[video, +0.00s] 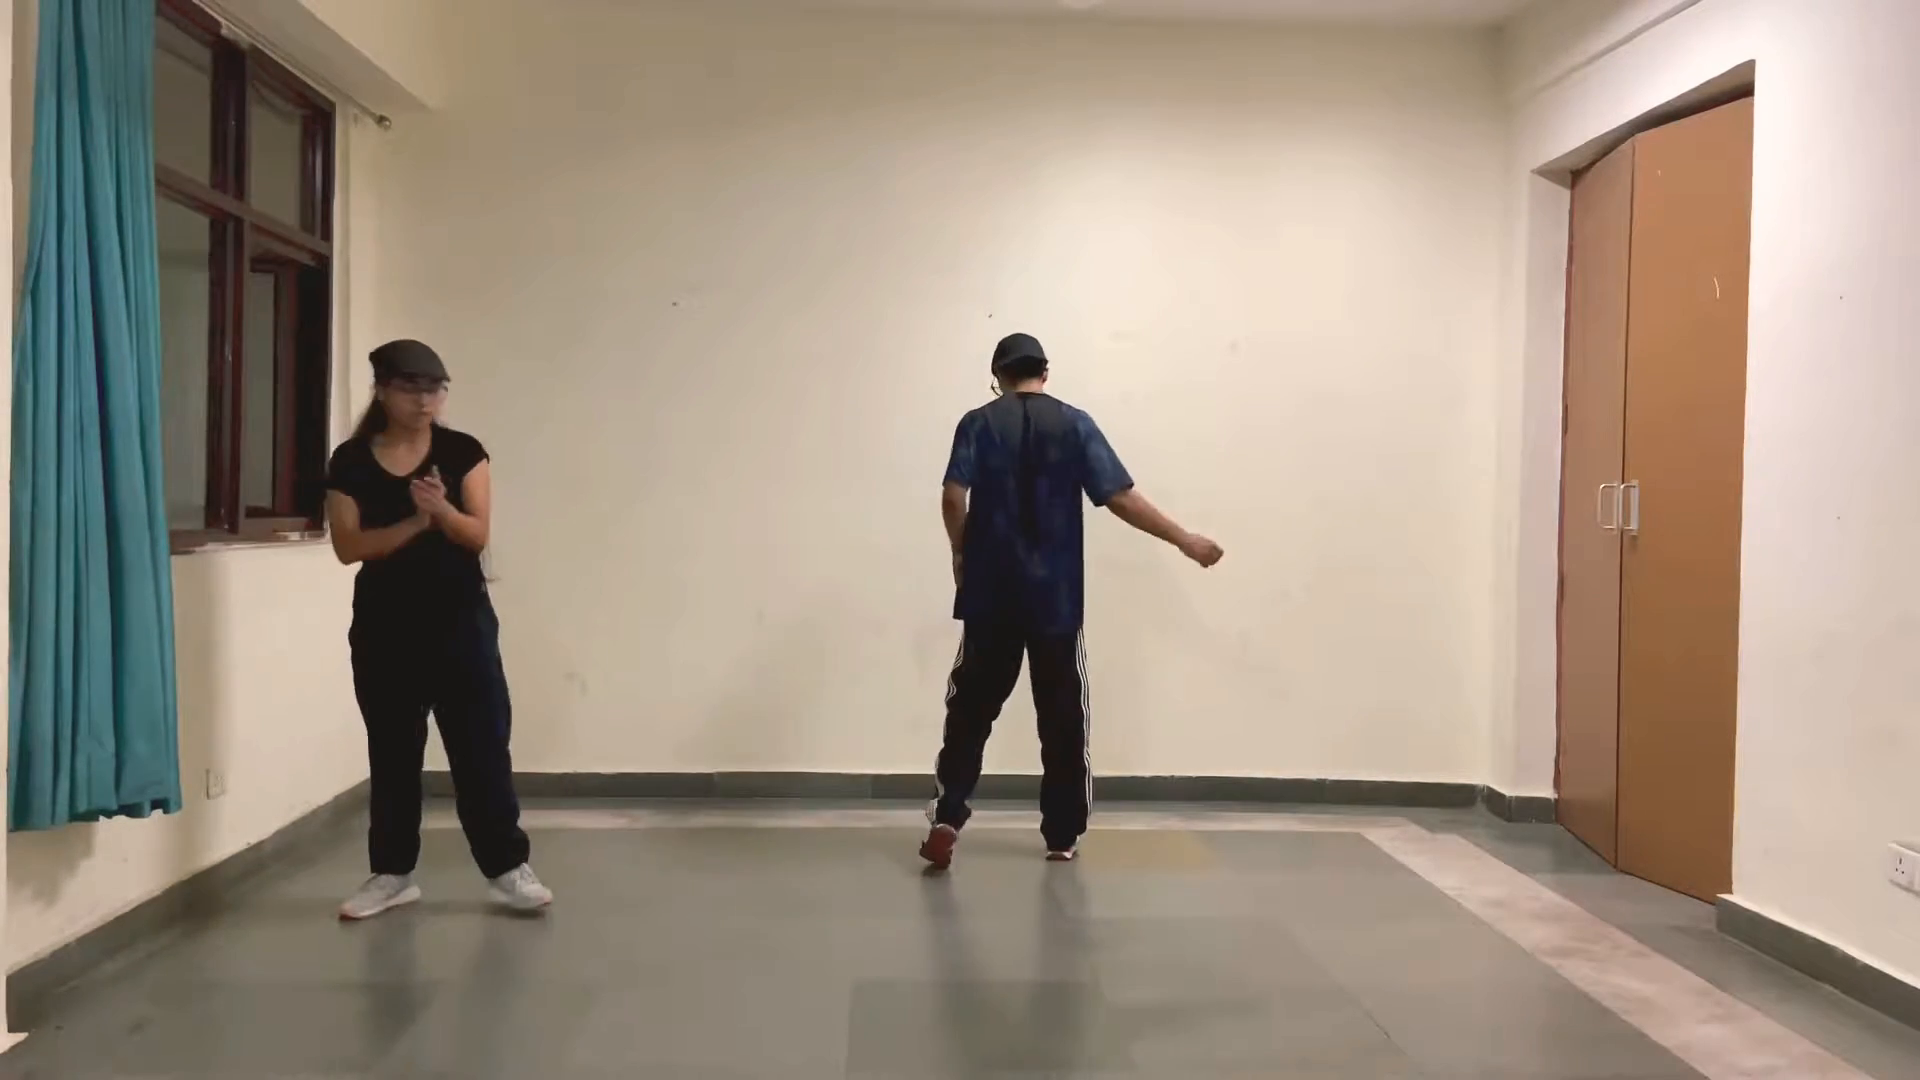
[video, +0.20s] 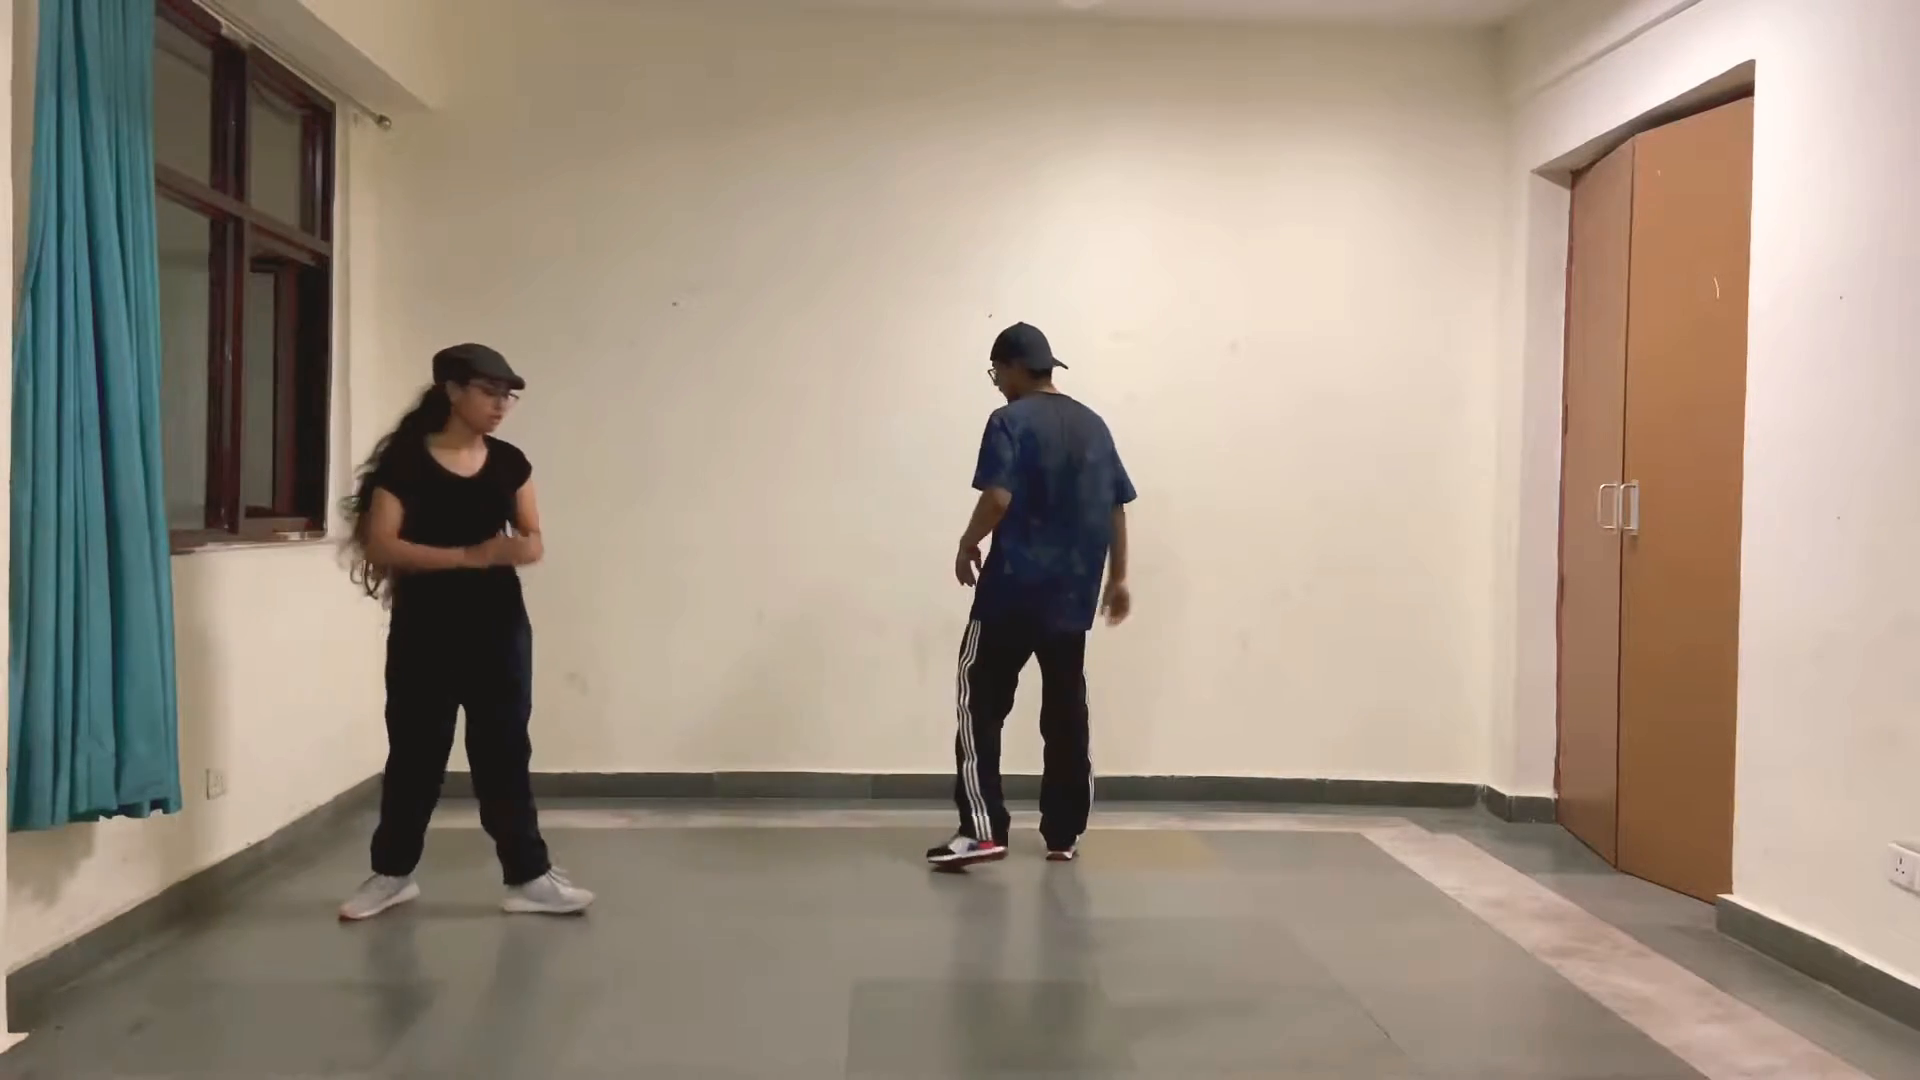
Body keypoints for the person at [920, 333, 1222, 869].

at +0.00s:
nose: (1027, 382)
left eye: (1008, 374)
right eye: (1040, 374)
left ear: (998, 377)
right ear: (1046, 375)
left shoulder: (977, 423)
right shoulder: (1075, 424)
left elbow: (953, 495)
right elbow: (1120, 497)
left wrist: (961, 558)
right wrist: (1185, 538)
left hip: (990, 597)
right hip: (1055, 598)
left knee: (971, 707)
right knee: (1062, 717)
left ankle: (947, 815)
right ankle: (1061, 836)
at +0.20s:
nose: (997, 382)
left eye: (998, 371)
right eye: (996, 372)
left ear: (1013, 368)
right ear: (1047, 367)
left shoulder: (1010, 421)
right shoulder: (1093, 424)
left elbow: (997, 498)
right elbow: (1117, 507)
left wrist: (968, 542)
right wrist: (1118, 577)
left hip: (1012, 592)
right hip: (1072, 597)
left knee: (979, 705)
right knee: (1066, 712)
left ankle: (983, 832)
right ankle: (1064, 834)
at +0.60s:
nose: (998, 369)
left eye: (1007, 360)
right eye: (999, 359)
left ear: (1039, 363)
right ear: (1031, 364)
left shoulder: (1057, 424)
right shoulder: (1034, 420)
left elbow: (1090, 507)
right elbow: (1002, 480)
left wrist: (1054, 567)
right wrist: (940, 495)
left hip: (1030, 596)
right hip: (1027, 595)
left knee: (1018, 713)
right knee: (1048, 709)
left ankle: (1009, 836)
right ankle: (1074, 828)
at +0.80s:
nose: (1001, 372)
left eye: (1012, 364)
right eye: (1001, 362)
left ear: (1044, 367)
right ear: (1015, 366)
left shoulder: (1072, 434)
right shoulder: (1011, 422)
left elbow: (1103, 511)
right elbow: (969, 462)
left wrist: (1085, 556)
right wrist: (901, 454)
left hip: (1035, 592)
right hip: (994, 587)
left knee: (1020, 707)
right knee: (998, 694)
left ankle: (1013, 837)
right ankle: (1069, 792)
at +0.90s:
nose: (1010, 369)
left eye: (1020, 361)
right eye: (1009, 360)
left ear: (1053, 367)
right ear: (1014, 363)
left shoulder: (1078, 438)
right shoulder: (1006, 416)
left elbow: (1101, 517)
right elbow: (959, 458)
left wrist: (1087, 557)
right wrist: (888, 465)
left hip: (1032, 594)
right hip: (982, 587)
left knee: (1022, 707)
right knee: (982, 697)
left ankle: (1012, 838)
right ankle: (1034, 795)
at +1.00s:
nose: (1022, 368)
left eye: (1035, 360)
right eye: (1019, 358)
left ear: (1064, 368)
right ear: (1016, 362)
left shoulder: (1080, 440)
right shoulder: (997, 417)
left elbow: (1093, 519)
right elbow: (949, 468)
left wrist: (1087, 569)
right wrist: (883, 500)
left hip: (1032, 600)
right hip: (976, 590)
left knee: (1028, 719)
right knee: (974, 709)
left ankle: (1016, 838)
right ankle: (969, 812)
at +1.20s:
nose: (1028, 365)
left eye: (1041, 358)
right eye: (1025, 355)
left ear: (1067, 369)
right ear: (1017, 360)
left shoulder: (1081, 441)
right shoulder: (990, 420)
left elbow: (1082, 531)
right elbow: (966, 504)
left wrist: (1067, 608)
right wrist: (947, 580)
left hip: (1034, 609)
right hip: (975, 600)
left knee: (1029, 731)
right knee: (939, 719)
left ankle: (1015, 839)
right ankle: (905, 830)